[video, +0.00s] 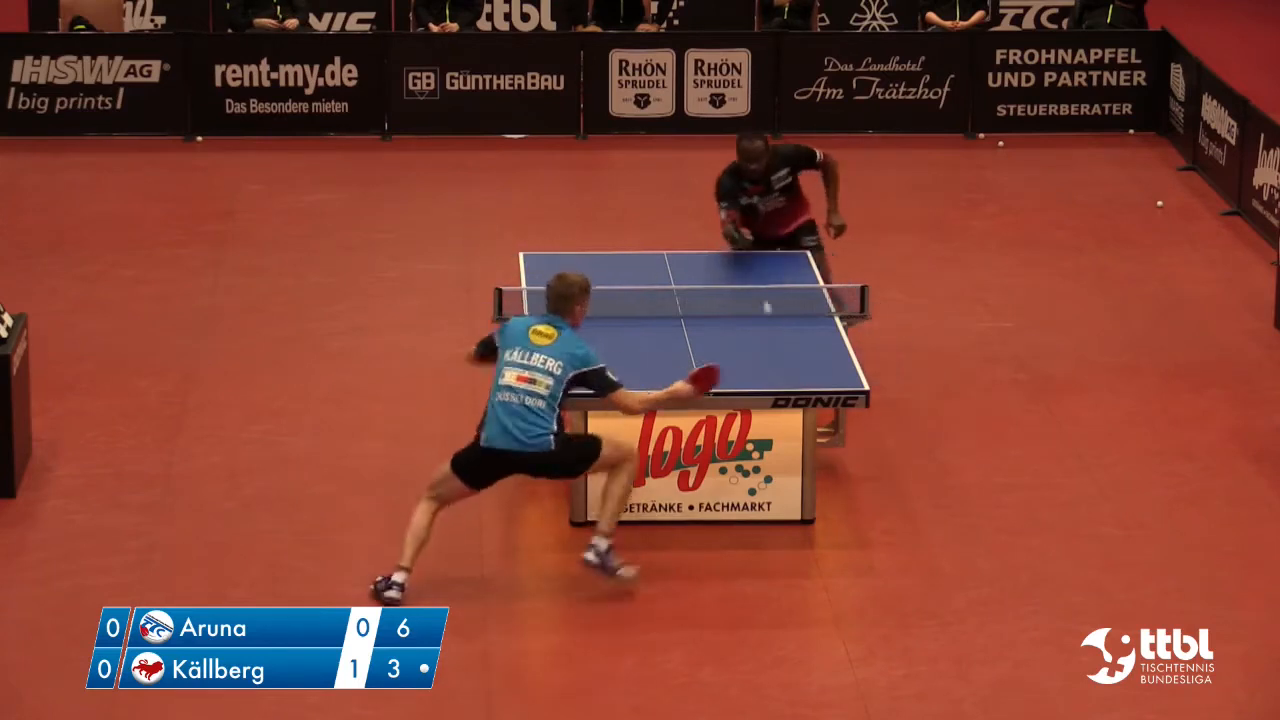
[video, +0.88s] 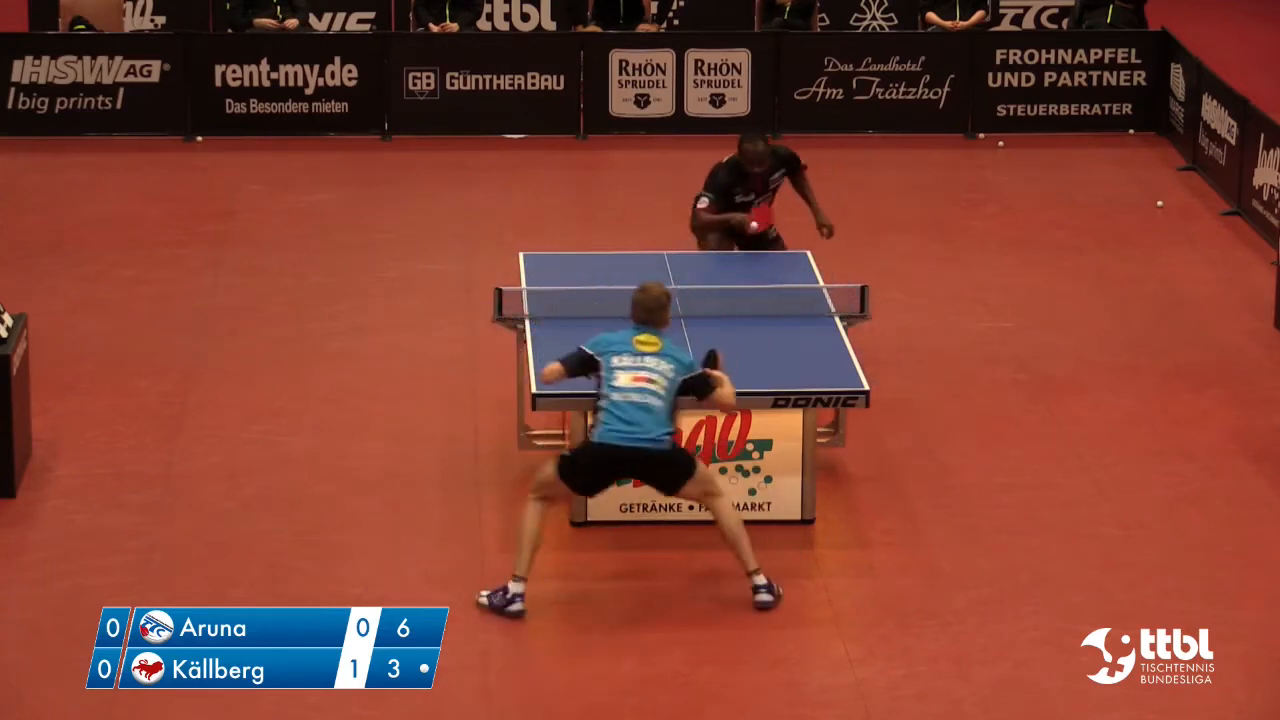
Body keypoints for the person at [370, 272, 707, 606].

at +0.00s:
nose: (587, 311)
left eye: (584, 303)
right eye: (586, 305)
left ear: (547, 301)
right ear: (578, 310)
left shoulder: (514, 326)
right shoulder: (578, 352)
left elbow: (477, 356)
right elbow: (629, 403)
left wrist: (506, 347)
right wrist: (675, 393)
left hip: (492, 449)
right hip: (542, 452)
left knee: (432, 498)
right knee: (625, 454)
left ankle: (399, 578)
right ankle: (601, 546)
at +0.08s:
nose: (612, 308)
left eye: (609, 301)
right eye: (611, 302)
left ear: (574, 299)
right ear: (602, 305)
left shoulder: (537, 319)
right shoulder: (602, 349)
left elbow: (500, 329)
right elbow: (658, 390)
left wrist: (512, 326)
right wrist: (713, 378)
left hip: (508, 446)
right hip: (560, 450)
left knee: (445, 499)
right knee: (646, 440)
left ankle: (402, 575)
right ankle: (651, 536)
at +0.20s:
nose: (674, 302)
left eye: (671, 295)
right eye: (672, 296)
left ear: (635, 292)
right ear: (663, 298)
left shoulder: (598, 310)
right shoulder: (662, 337)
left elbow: (545, 315)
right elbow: (714, 378)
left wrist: (525, 313)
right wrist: (769, 361)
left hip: (564, 428)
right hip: (613, 433)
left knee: (488, 495)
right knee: (689, 460)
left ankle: (416, 567)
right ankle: (737, 536)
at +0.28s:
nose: (711, 309)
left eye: (709, 302)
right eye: (711, 303)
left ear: (672, 298)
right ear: (702, 306)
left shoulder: (639, 316)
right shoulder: (702, 347)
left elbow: (571, 328)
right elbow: (745, 377)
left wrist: (593, 321)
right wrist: (781, 361)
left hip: (604, 432)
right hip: (653, 442)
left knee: (526, 493)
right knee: (724, 464)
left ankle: (462, 566)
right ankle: (760, 544)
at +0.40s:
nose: (736, 311)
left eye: (730, 305)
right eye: (737, 306)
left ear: (701, 305)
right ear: (734, 311)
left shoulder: (675, 323)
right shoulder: (733, 353)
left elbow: (615, 339)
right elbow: (762, 376)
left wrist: (615, 327)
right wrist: (787, 358)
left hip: (645, 437)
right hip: (695, 443)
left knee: (572, 502)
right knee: (756, 451)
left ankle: (539, 582)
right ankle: (764, 544)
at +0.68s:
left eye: (680, 273)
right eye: (705, 278)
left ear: (671, 283)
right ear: (706, 287)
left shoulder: (649, 308)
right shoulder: (719, 325)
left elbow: (606, 348)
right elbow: (756, 379)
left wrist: (605, 364)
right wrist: (762, 364)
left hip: (641, 412)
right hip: (690, 416)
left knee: (570, 481)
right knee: (746, 466)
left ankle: (524, 569)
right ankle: (762, 561)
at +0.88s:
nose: (663, 318)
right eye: (667, 313)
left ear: (632, 314)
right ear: (667, 318)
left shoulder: (607, 344)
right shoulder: (680, 359)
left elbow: (549, 375)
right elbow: (727, 400)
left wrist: (574, 366)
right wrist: (719, 376)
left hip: (606, 450)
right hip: (657, 453)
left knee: (538, 493)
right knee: (713, 495)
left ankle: (515, 591)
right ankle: (759, 583)